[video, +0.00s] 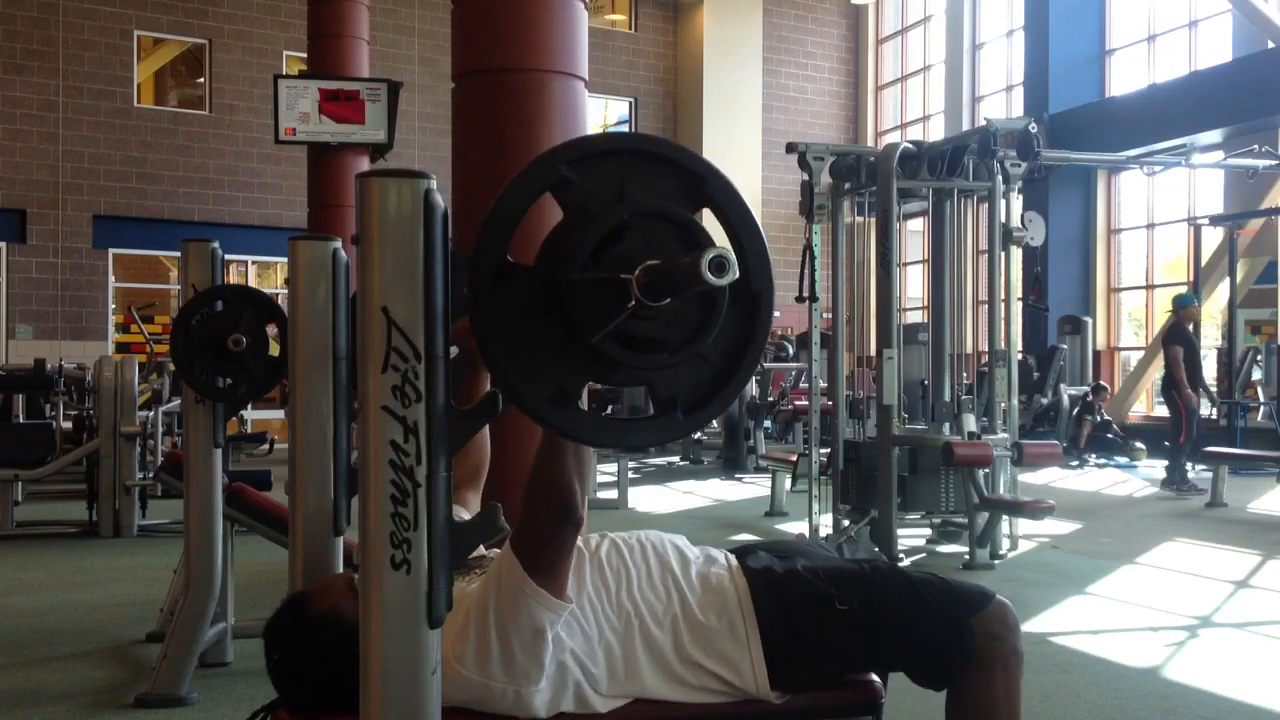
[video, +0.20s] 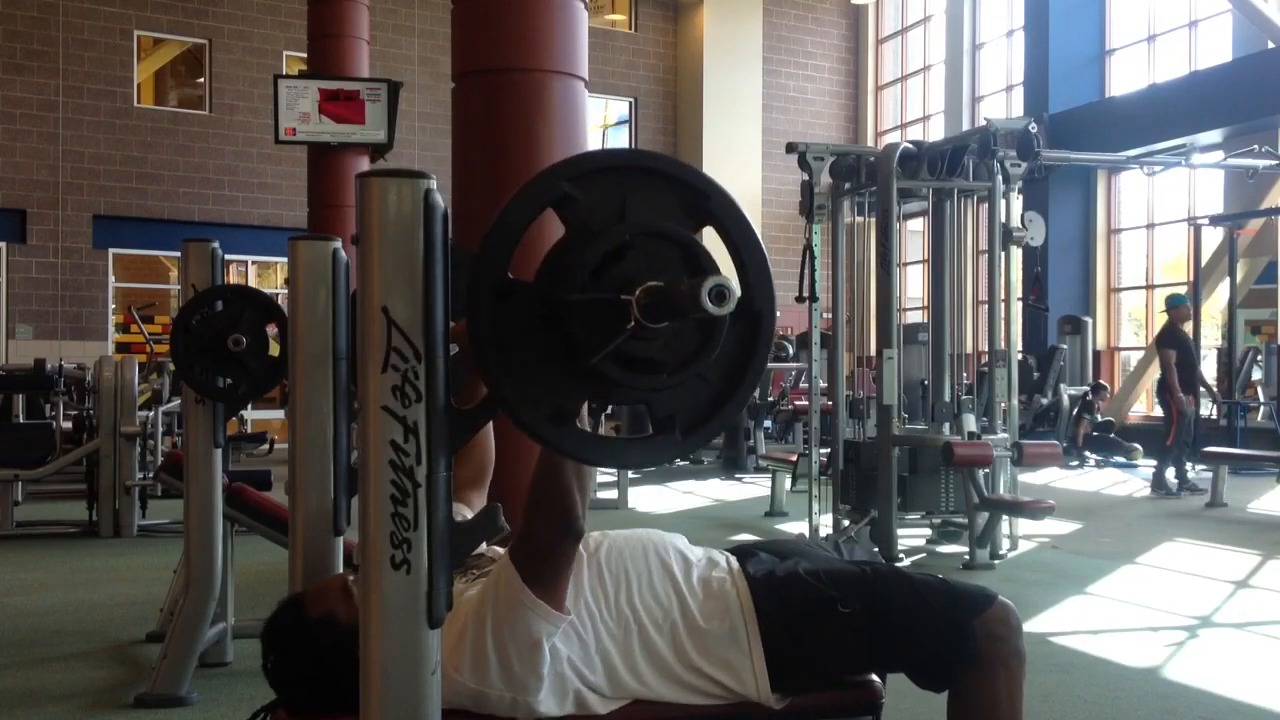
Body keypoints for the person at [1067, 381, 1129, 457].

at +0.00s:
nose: (1108, 397)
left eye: (1108, 394)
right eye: (1106, 394)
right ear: (1099, 394)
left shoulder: (1097, 406)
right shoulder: (1090, 406)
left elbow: (1109, 422)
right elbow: (1084, 429)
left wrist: (1120, 435)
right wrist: (1080, 448)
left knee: (1107, 423)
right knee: (1113, 441)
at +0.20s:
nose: (1107, 395)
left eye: (1107, 393)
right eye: (1105, 393)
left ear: (1099, 393)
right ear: (1098, 392)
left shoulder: (1095, 404)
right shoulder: (1089, 404)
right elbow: (1081, 426)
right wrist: (1079, 446)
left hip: (1088, 432)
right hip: (1082, 438)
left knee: (1110, 423)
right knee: (1106, 438)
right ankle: (1130, 450)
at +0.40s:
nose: (1108, 396)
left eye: (1108, 394)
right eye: (1107, 393)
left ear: (1099, 393)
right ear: (1100, 393)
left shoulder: (1095, 404)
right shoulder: (1090, 404)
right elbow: (1081, 427)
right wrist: (1079, 447)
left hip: (1088, 432)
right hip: (1082, 438)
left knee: (1109, 422)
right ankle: (1124, 450)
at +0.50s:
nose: (1110, 397)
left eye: (1109, 394)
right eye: (1108, 394)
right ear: (1102, 394)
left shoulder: (1096, 406)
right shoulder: (1091, 405)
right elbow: (1081, 426)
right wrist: (1079, 445)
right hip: (1083, 438)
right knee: (1116, 444)